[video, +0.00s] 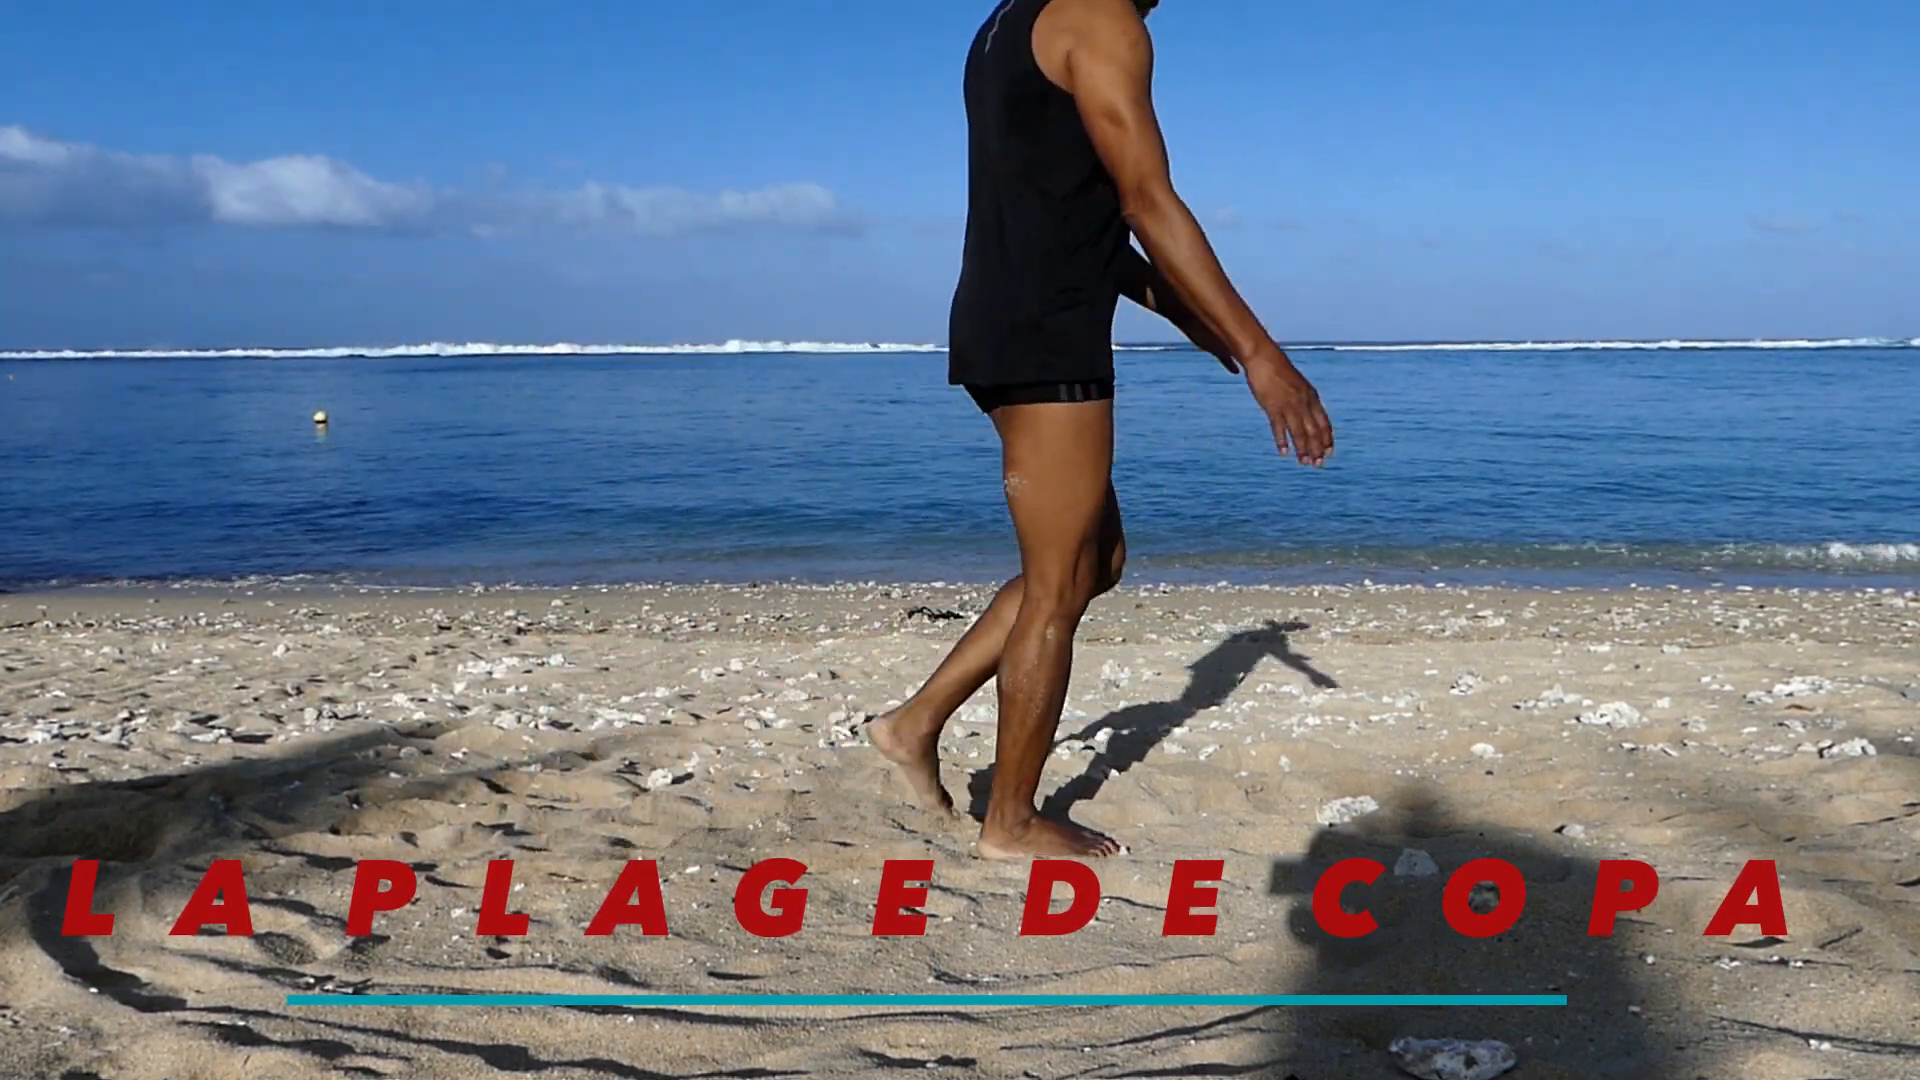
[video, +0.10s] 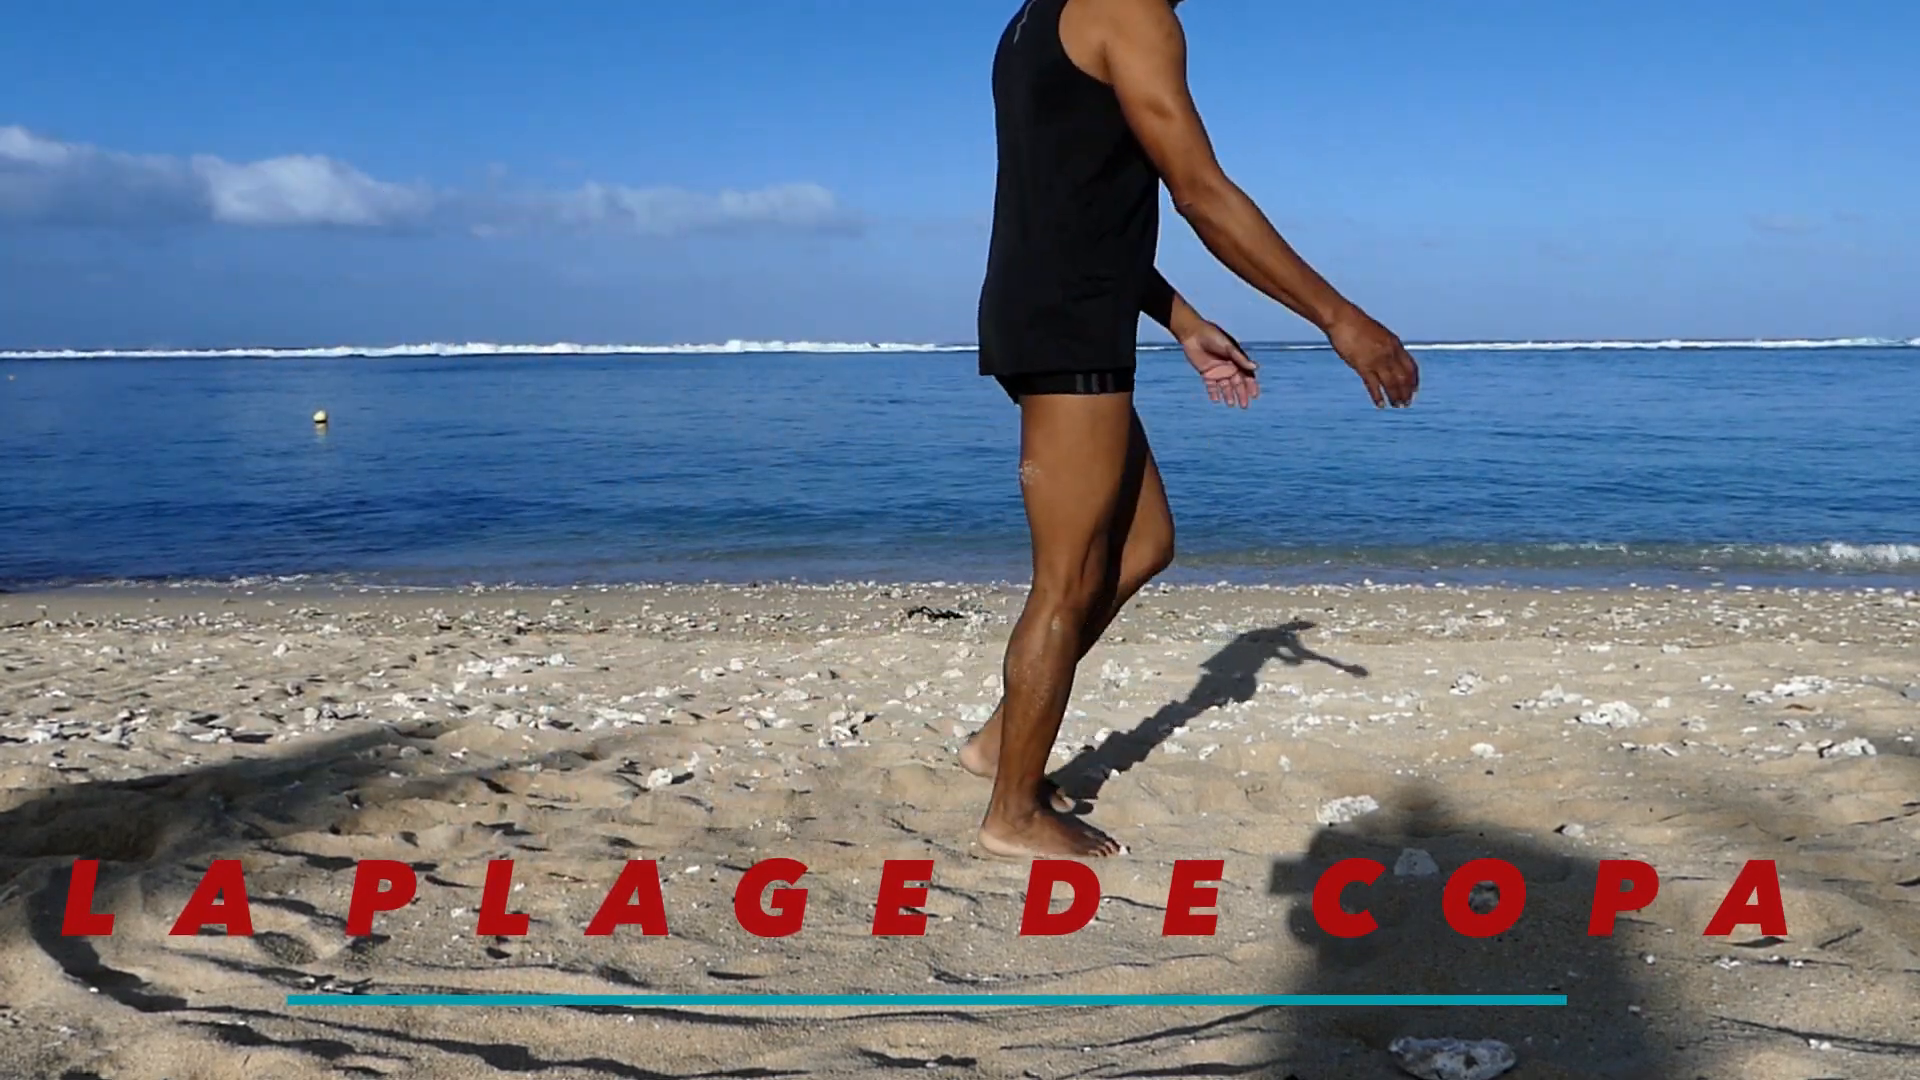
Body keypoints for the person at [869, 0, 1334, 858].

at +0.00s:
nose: (1159, 1)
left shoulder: (1014, 26)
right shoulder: (1102, 23)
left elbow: (1074, 227)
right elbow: (1153, 203)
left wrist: (1183, 309)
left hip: (1007, 329)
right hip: (1052, 337)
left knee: (1096, 557)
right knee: (1058, 581)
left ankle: (913, 725)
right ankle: (1011, 819)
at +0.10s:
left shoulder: (1040, 24)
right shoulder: (1130, 15)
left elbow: (1079, 213)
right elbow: (1203, 192)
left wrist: (1182, 320)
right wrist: (1340, 318)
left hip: (1045, 319)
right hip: (1075, 328)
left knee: (1142, 542)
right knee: (1068, 583)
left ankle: (1002, 737)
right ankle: (1015, 813)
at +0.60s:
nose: (1404, 10)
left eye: (1404, 2)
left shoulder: (1246, 54)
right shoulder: (1343, 41)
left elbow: (1188, 244)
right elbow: (1452, 186)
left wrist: (1153, 374)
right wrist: (1552, 203)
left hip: (1267, 363)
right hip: (1271, 364)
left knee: (1352, 580)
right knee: (1165, 591)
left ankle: (1410, 795)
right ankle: (1033, 782)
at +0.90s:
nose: (1518, 14)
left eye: (1519, 5)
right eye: (1517, 2)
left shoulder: (1348, 89)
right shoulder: (1465, 72)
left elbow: (1289, 261)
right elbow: (1522, 253)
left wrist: (1233, 387)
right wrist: (1611, 335)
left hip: (1360, 373)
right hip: (1402, 381)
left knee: (1449, 582)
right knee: (1334, 617)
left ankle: (1428, 805)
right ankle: (1137, 759)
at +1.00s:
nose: (1555, 21)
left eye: (1559, 10)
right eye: (1557, 8)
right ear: (1532, 0)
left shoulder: (1386, 86)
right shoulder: (1505, 74)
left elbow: (1345, 257)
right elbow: (1541, 263)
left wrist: (1308, 388)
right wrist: (1612, 399)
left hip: (1393, 372)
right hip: (1446, 377)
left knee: (1466, 585)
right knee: (1435, 622)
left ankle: (1428, 804)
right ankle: (1221, 734)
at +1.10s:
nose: (1582, 17)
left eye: (1585, 7)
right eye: (1584, 5)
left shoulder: (1412, 79)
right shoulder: (1529, 71)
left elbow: (1380, 255)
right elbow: (1546, 263)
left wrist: (1362, 388)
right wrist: (1604, 419)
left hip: (1409, 366)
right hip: (1476, 374)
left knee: (1459, 596)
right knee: (1508, 609)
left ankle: (1430, 804)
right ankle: (1289, 719)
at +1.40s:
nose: (1868, 6)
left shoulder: (1689, 66)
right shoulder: (1813, 47)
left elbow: (1736, 234)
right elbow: (1739, 172)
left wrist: (1859, 313)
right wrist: (1687, 293)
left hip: (1656, 341)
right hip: (1756, 350)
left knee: (1564, 569)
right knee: (1844, 582)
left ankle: (1461, 770)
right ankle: (1876, 795)